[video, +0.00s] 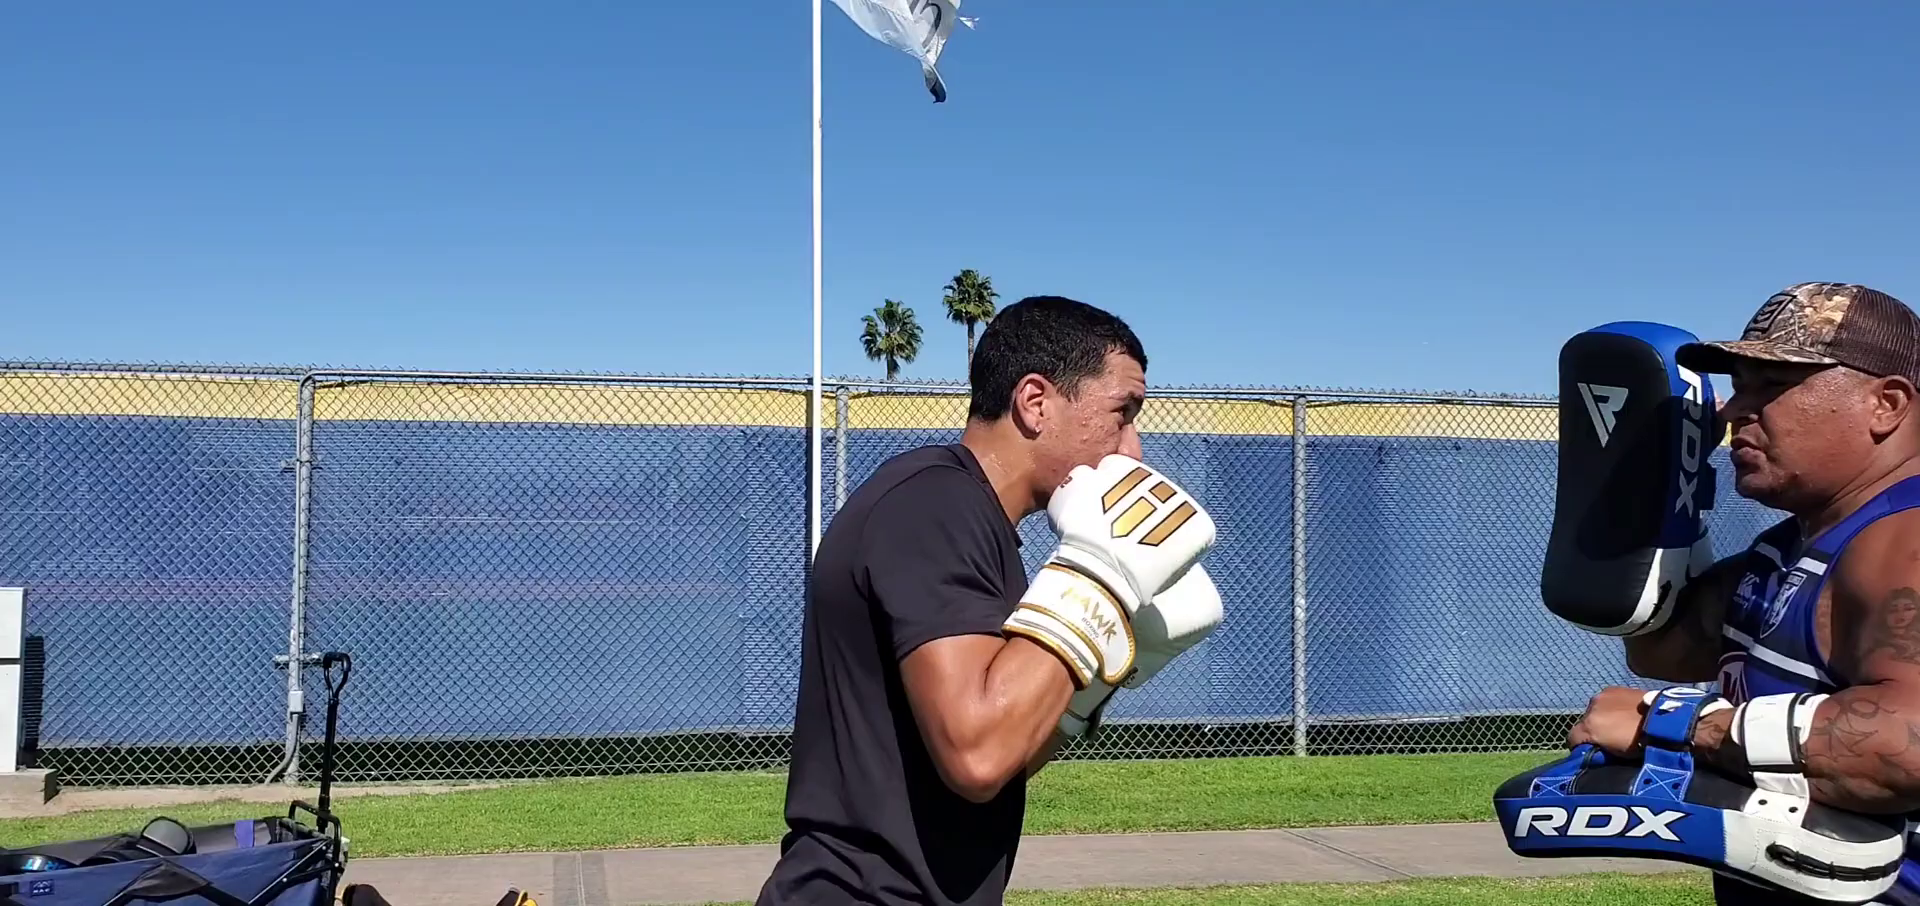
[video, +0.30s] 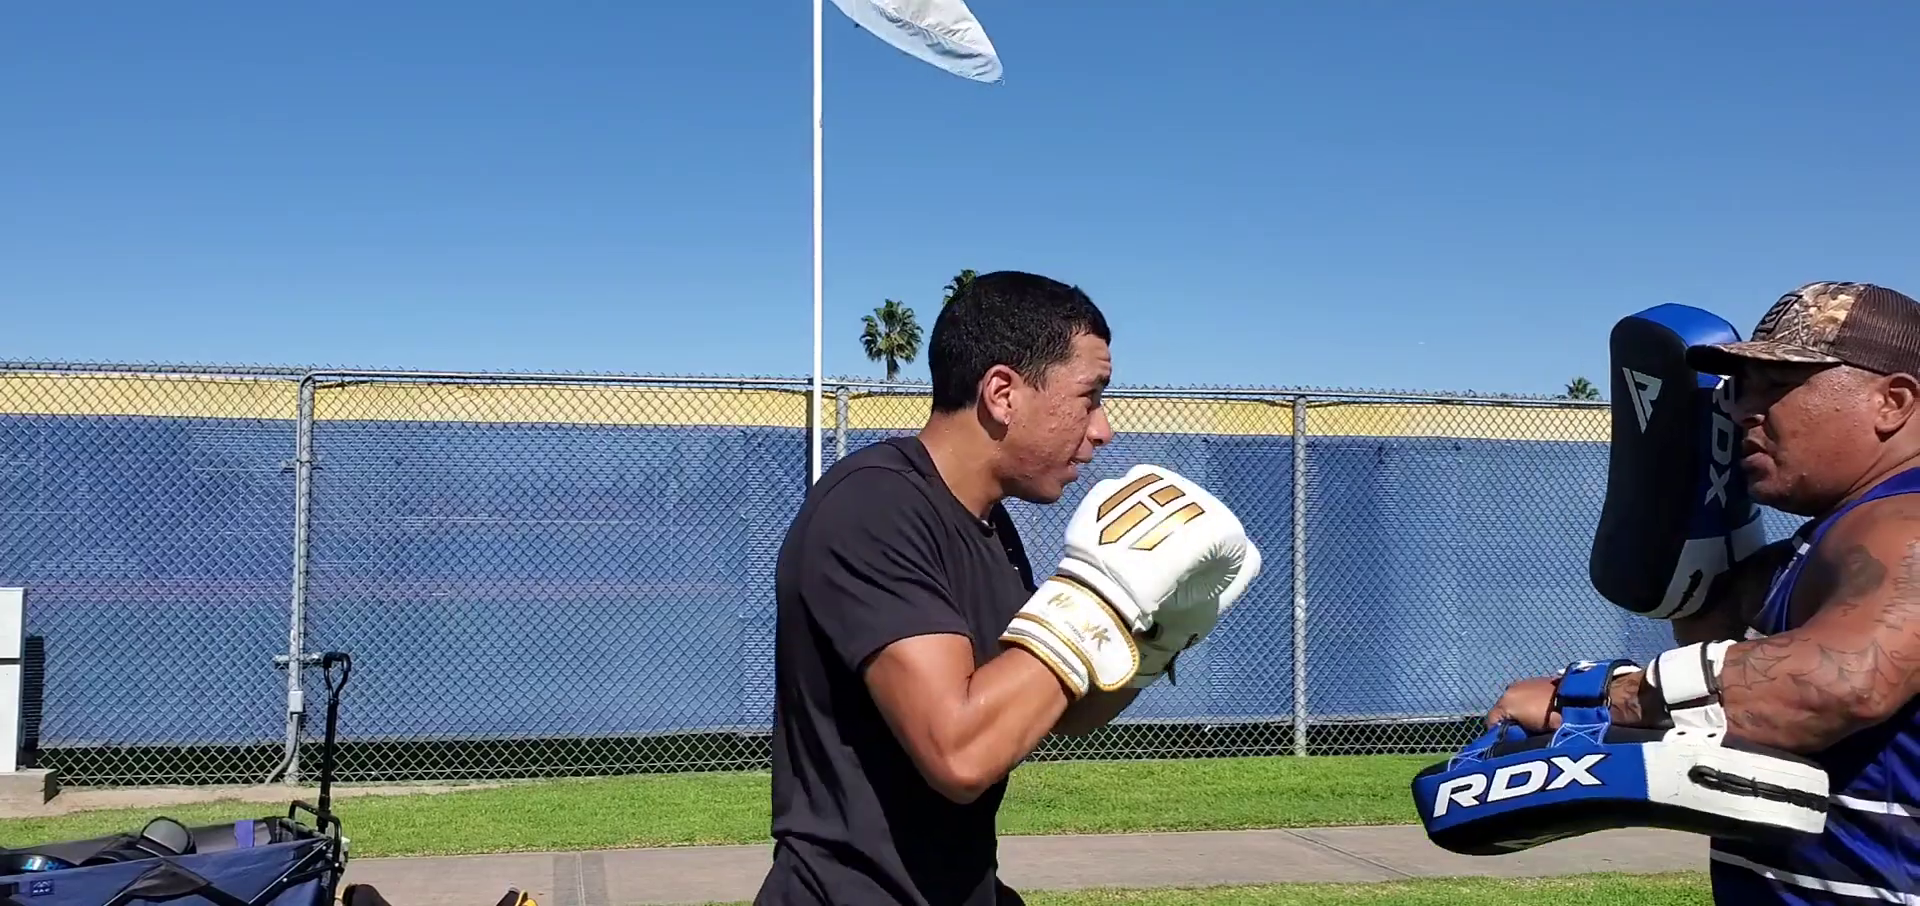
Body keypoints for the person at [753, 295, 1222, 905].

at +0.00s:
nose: (1135, 447)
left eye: (1134, 417)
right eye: (1122, 413)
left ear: (1037, 405)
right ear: (1035, 403)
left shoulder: (975, 520)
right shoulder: (932, 507)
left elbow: (1002, 757)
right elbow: (977, 752)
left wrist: (1095, 676)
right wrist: (1093, 579)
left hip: (930, 886)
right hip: (862, 885)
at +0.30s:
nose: (1103, 432)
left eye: (1100, 401)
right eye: (1088, 398)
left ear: (1005, 400)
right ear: (1001, 395)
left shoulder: (990, 526)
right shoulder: (869, 511)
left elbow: (1043, 719)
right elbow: (960, 752)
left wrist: (1152, 645)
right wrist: (1095, 598)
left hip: (965, 881)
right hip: (850, 884)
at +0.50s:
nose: (1170, 434)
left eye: (1165, 406)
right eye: (1153, 404)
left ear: (1071, 412)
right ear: (1070, 408)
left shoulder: (1055, 539)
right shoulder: (978, 516)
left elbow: (1114, 708)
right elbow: (1127, 713)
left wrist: (1184, 548)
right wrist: (1215, 546)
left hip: (1002, 885)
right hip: (918, 887)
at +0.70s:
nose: (1204, 423)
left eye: (1203, 394)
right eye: (1186, 390)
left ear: (1099, 389)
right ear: (1099, 385)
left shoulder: (1002, 479)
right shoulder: (1055, 480)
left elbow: (1099, 703)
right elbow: (1245, 677)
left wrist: (1201, 581)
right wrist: (1372, 583)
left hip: (928, 878)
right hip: (977, 884)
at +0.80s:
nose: (1194, 425)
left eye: (1189, 396)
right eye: (1176, 394)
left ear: (1087, 401)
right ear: (1088, 397)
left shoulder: (1035, 509)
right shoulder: (1016, 515)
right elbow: (1076, 785)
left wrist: (1147, 630)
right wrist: (1244, 687)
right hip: (956, 884)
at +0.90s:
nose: (1182, 431)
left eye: (1178, 400)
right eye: (1167, 400)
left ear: (1079, 404)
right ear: (1081, 401)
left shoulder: (1029, 526)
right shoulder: (972, 536)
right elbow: (988, 818)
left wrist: (1122, 631)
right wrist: (1142, 682)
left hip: (1015, 886)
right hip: (930, 890)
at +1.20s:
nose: (1193, 426)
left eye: (1191, 396)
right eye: (1181, 395)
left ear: (1097, 396)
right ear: (1095, 393)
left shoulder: (1068, 516)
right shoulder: (964, 522)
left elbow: (1061, 761)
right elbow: (1047, 799)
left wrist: (1177, 635)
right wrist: (1163, 618)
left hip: (1041, 879)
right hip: (932, 886)